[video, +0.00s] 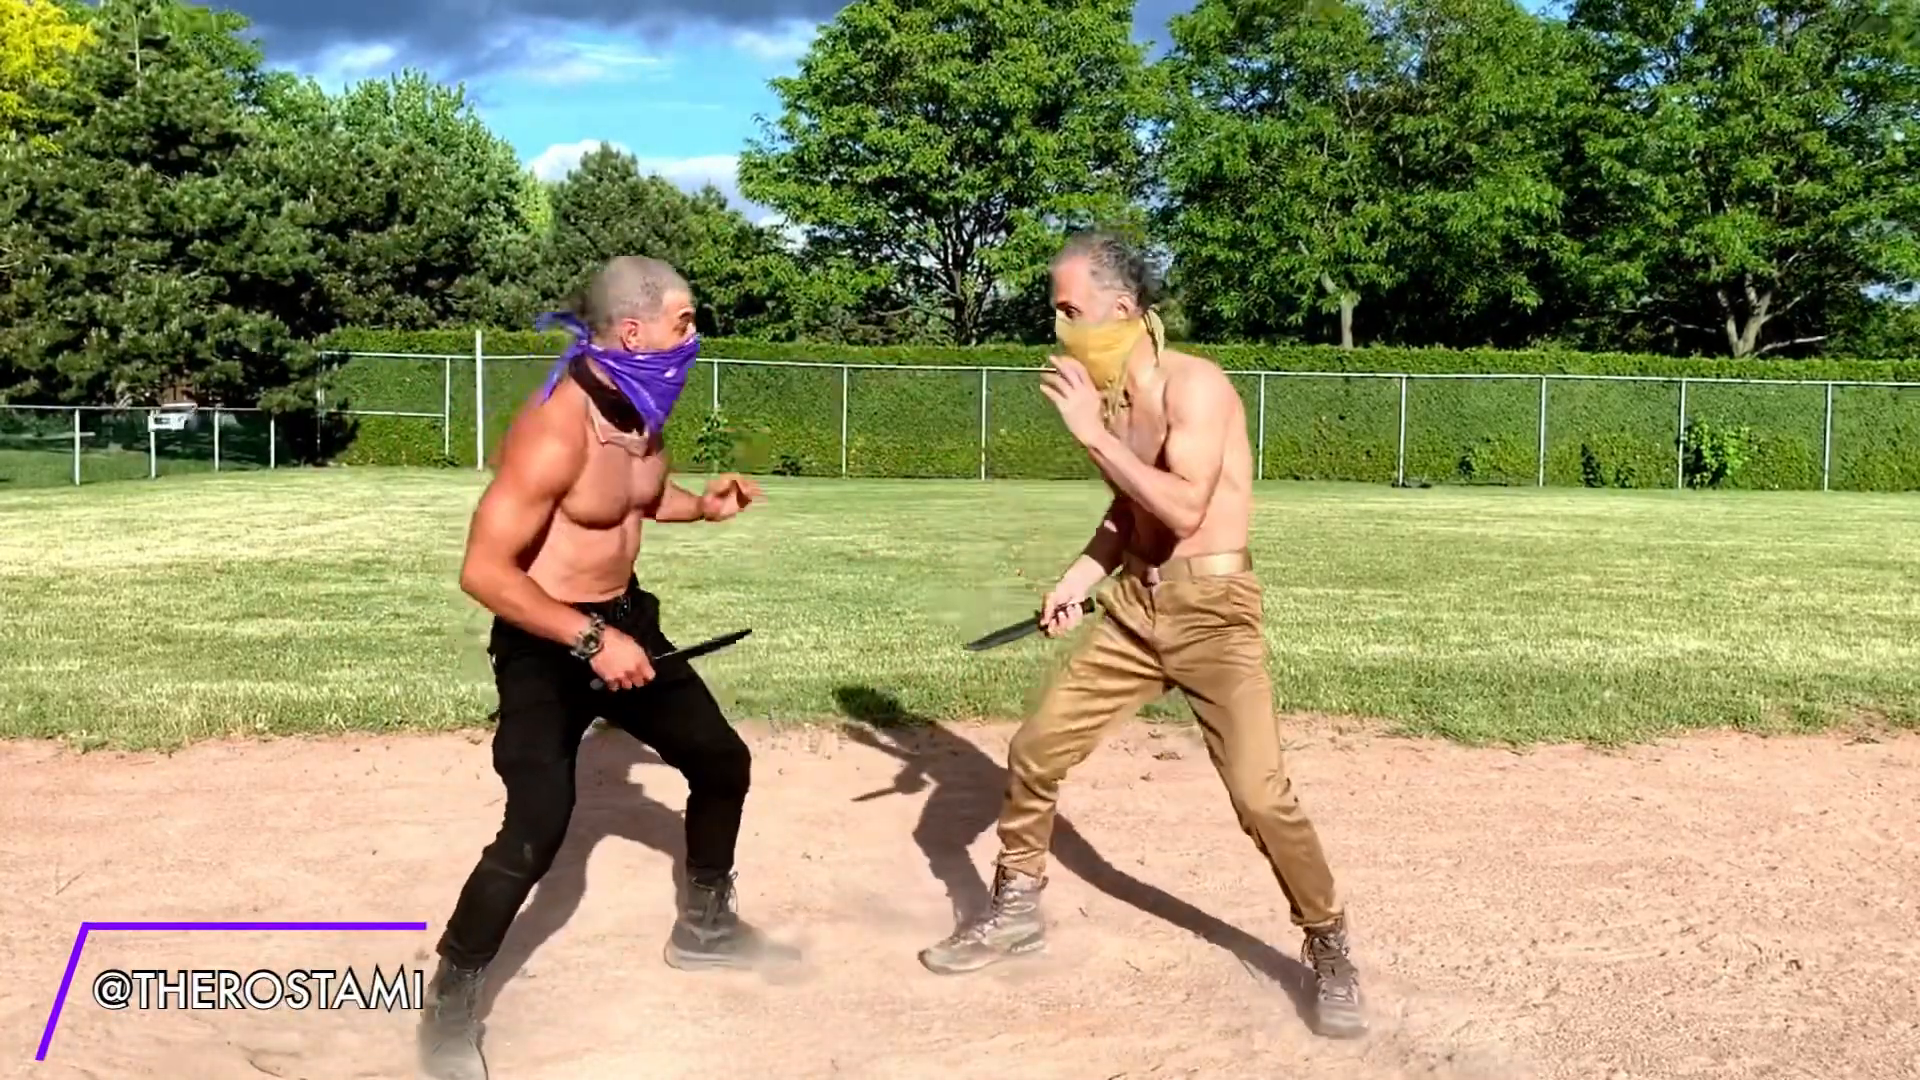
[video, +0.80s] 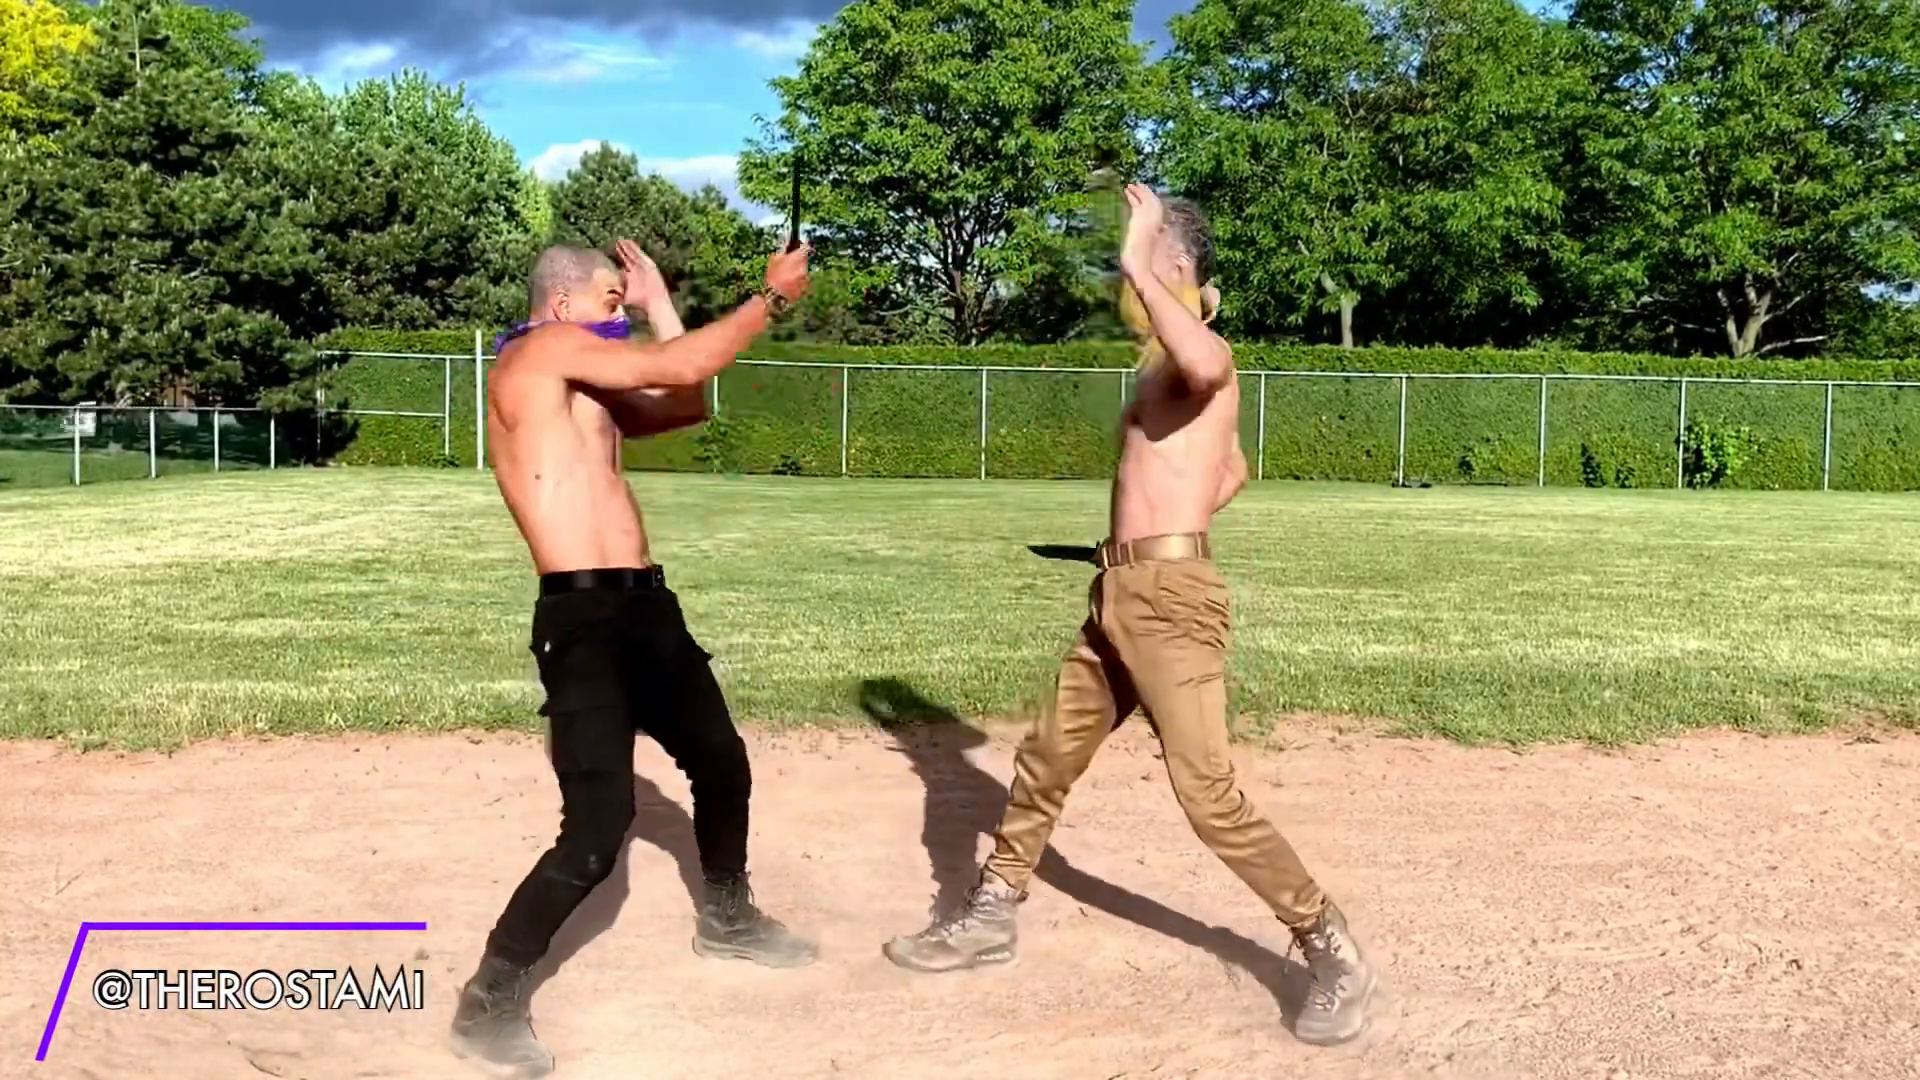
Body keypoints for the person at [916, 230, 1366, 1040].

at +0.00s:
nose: (1060, 325)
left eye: (1071, 308)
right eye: (1057, 310)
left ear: (1125, 307)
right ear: (1090, 313)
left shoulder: (1197, 385)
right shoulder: (1110, 403)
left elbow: (1185, 511)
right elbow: (1129, 512)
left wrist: (1093, 436)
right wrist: (1082, 574)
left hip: (1214, 612)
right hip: (1132, 607)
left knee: (1258, 797)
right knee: (1033, 755)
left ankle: (1330, 951)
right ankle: (1017, 911)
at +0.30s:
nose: (1076, 319)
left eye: (1086, 302)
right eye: (1071, 304)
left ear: (1139, 298)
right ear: (1098, 303)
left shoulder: (1209, 385)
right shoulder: (1104, 394)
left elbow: (1205, 504)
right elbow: (1082, 491)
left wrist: (1107, 432)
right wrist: (1030, 539)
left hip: (1215, 611)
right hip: (1127, 608)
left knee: (1267, 793)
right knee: (1028, 753)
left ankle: (1333, 952)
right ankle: (1016, 909)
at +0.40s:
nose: (1063, 319)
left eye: (1074, 304)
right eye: (1057, 305)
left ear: (1126, 301)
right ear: (1071, 305)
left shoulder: (1188, 385)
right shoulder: (1076, 395)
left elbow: (1187, 482)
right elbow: (1012, 472)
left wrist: (1095, 419)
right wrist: (928, 520)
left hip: (1210, 614)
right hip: (1133, 616)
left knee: (1257, 797)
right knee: (1041, 757)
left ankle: (1339, 941)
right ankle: (989, 909)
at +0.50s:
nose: (1045, 322)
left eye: (1058, 308)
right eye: (1044, 309)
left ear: (1111, 309)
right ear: (1078, 316)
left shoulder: (1153, 389)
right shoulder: (1099, 410)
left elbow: (1094, 432)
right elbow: (1088, 506)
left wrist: (1025, 366)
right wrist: (1020, 557)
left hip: (1191, 630)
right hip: (1119, 628)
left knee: (1245, 815)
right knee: (1009, 756)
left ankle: (1344, 948)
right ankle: (984, 913)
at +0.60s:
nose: (1038, 319)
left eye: (1046, 302)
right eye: (1036, 303)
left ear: (1094, 304)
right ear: (1092, 311)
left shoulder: (1129, 367)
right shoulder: (1114, 391)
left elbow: (1060, 333)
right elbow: (1199, 455)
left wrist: (979, 276)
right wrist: (1162, 547)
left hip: (1178, 623)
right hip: (1112, 623)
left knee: (1237, 811)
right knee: (1002, 754)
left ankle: (1348, 943)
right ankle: (985, 914)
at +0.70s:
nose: (1092, 283)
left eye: (1106, 265)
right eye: (1090, 268)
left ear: (1146, 278)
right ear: (1116, 280)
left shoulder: (1158, 354)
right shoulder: (1153, 367)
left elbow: (1137, 303)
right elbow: (1236, 424)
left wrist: (1073, 211)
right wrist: (1200, 517)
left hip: (1166, 597)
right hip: (1114, 598)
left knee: (1223, 797)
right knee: (1024, 756)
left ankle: (1339, 943)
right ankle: (988, 913)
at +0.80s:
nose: (1138, 301)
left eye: (1153, 286)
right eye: (1139, 290)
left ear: (1196, 288)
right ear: (1179, 294)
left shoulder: (1204, 353)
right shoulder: (1181, 372)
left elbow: (1202, 365)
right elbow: (1236, 474)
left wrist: (1137, 264)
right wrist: (1161, 519)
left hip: (1172, 595)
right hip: (1124, 593)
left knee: (1208, 795)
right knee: (1047, 755)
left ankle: (1330, 948)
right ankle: (995, 914)